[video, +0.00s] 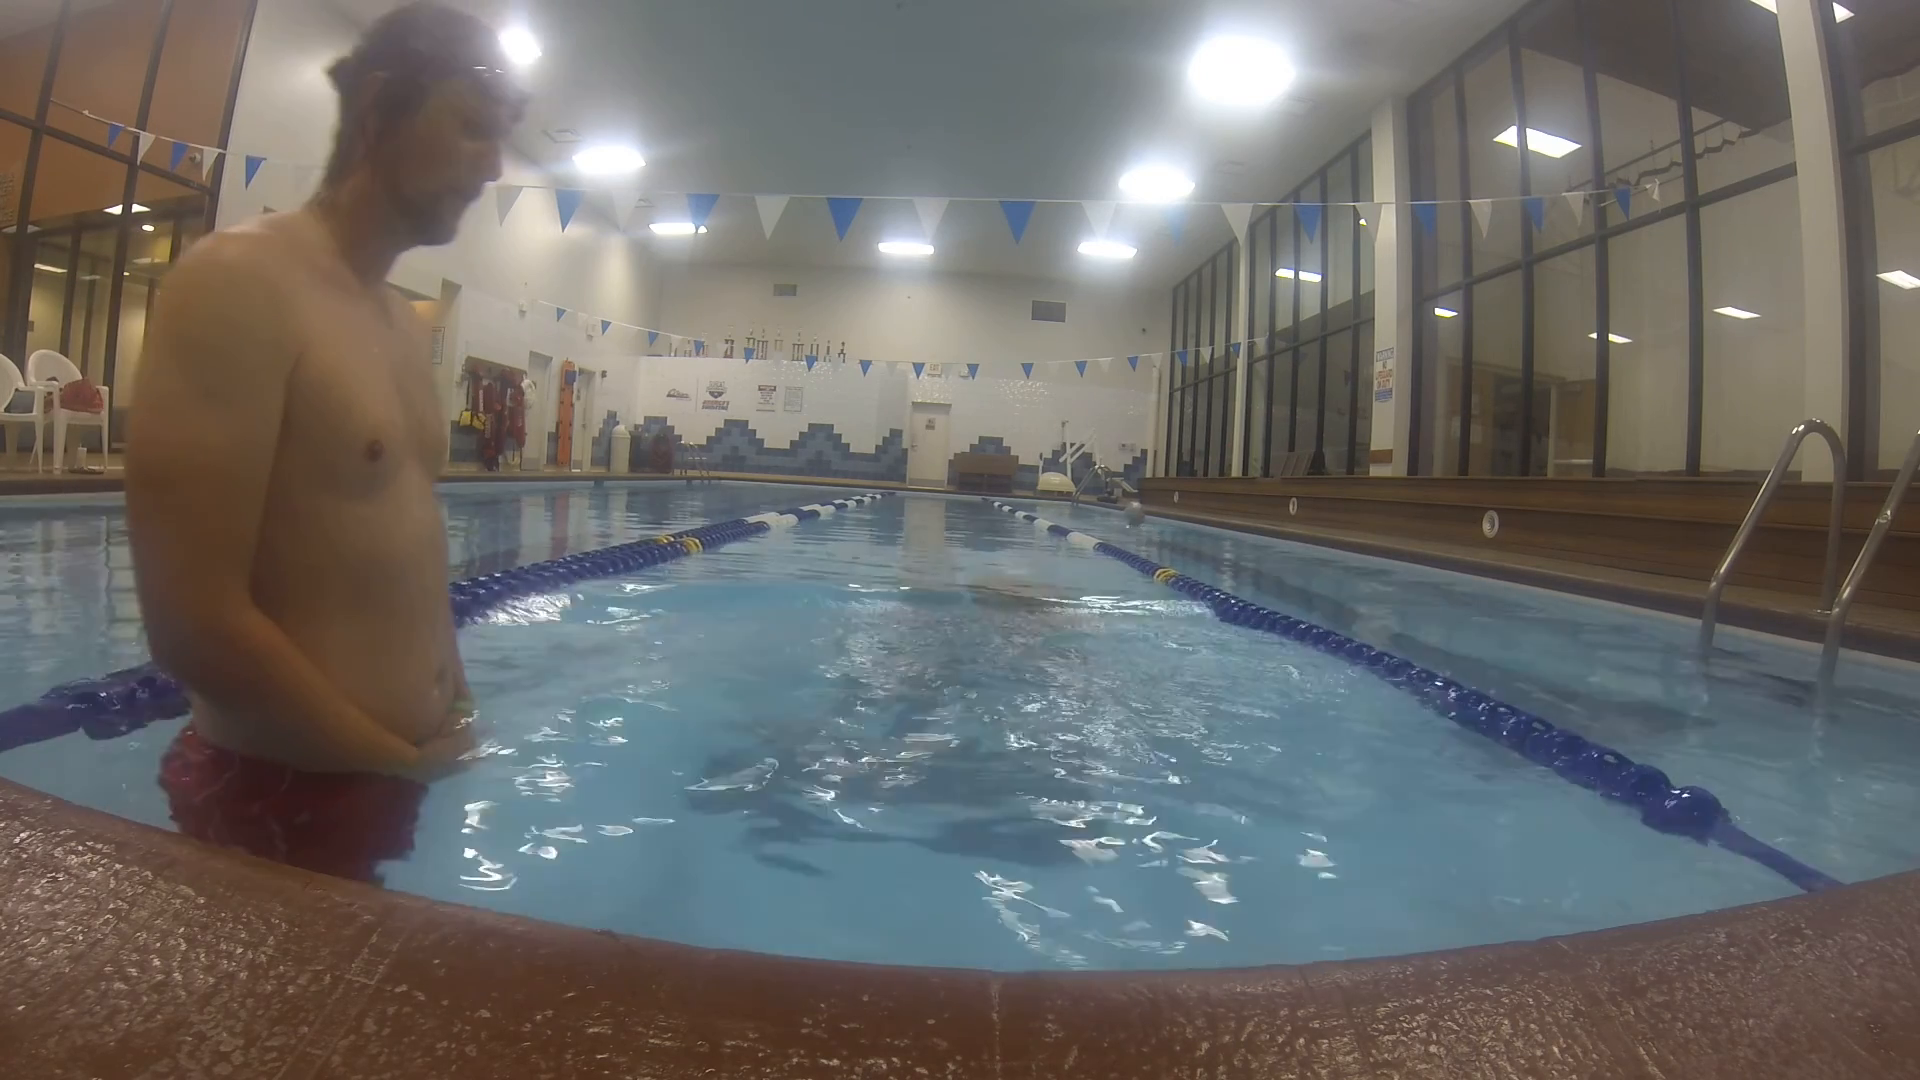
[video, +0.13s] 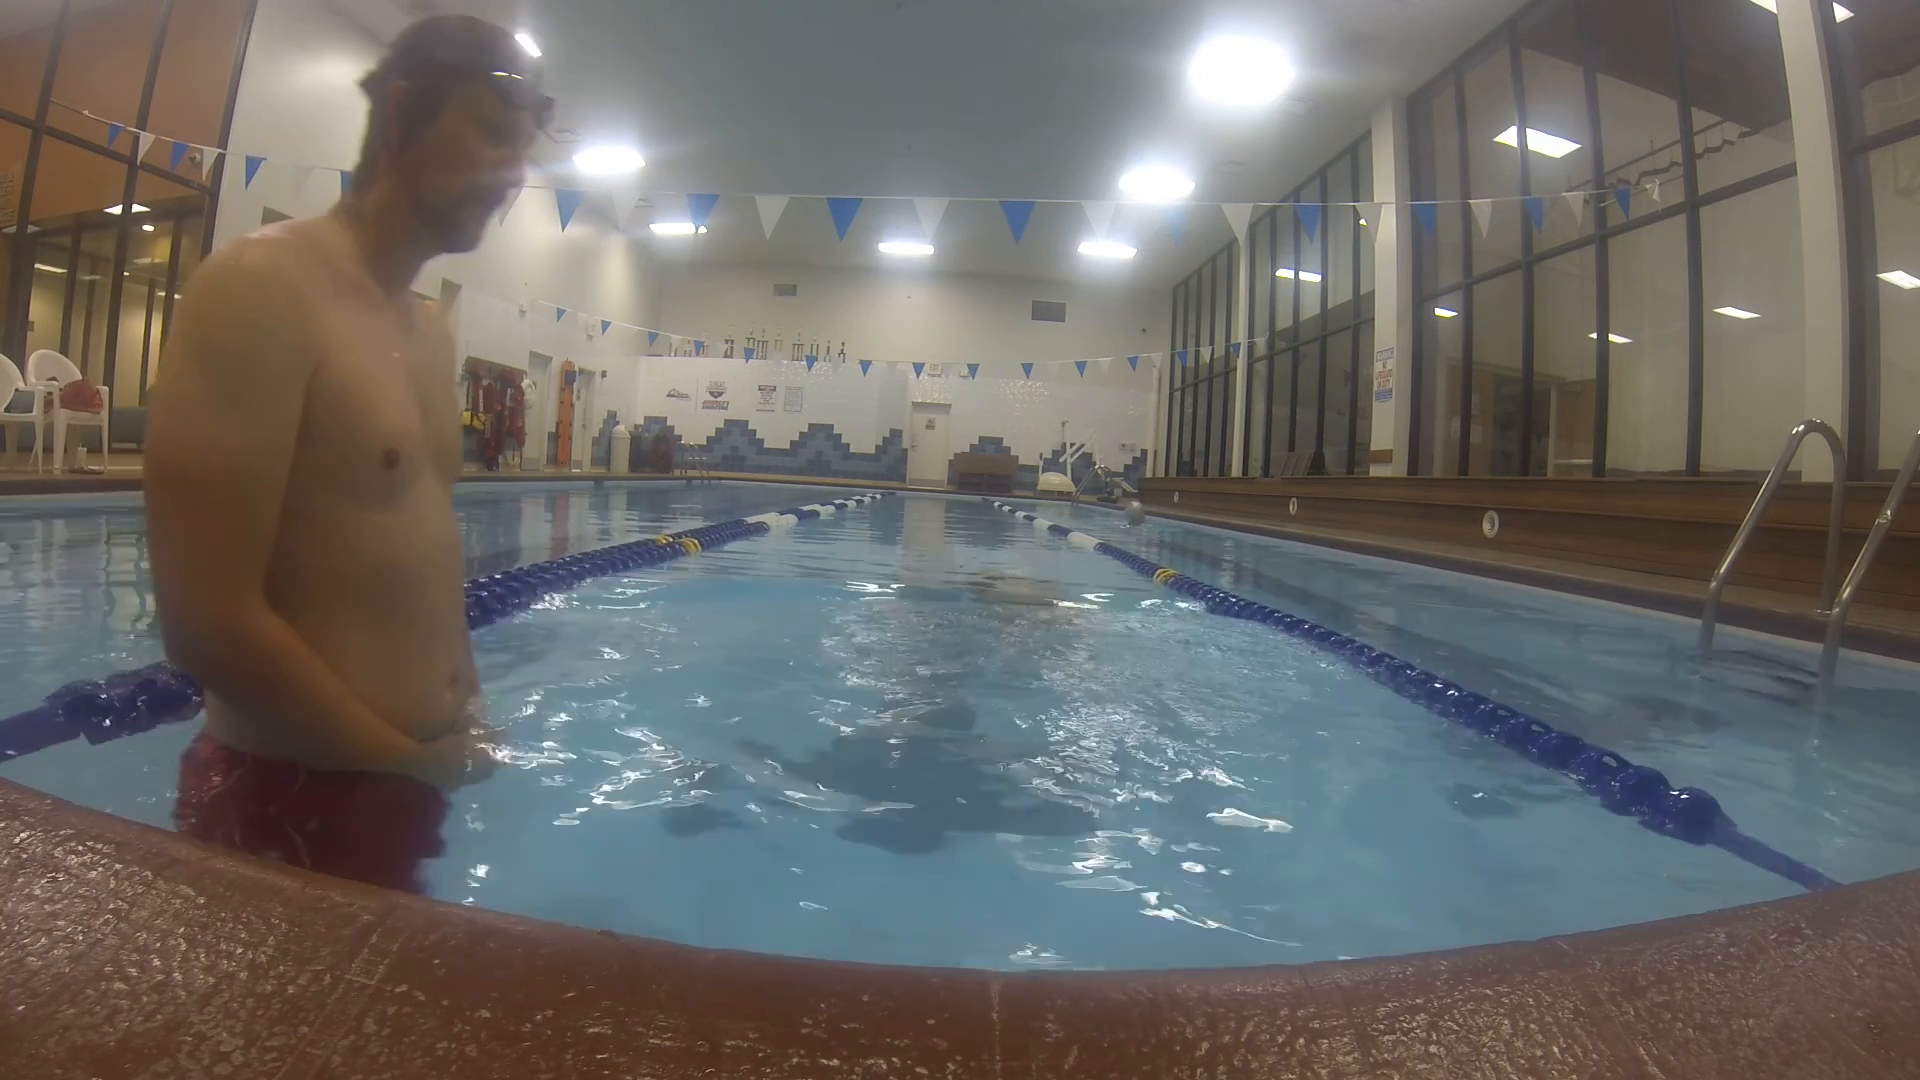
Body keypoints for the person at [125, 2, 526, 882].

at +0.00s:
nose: (494, 167)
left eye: (500, 142)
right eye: (474, 130)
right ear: (377, 115)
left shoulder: (403, 320)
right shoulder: (235, 282)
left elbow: (400, 554)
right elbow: (192, 622)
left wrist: (450, 707)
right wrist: (400, 764)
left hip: (373, 784)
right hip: (274, 799)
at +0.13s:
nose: (518, 172)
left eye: (527, 150)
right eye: (497, 134)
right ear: (400, 113)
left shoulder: (430, 325)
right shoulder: (258, 287)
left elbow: (408, 565)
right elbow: (208, 623)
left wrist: (460, 717)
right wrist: (410, 766)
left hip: (391, 794)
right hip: (284, 802)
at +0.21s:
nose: (528, 178)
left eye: (539, 156)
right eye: (508, 139)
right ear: (415, 120)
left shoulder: (437, 331)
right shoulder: (269, 291)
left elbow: (416, 562)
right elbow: (217, 623)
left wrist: (468, 703)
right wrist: (419, 763)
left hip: (402, 794)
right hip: (300, 802)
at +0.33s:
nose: (544, 181)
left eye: (557, 159)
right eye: (526, 140)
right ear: (432, 116)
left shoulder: (450, 328)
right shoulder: (288, 290)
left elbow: (431, 563)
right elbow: (238, 621)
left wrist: (486, 714)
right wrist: (440, 766)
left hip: (409, 799)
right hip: (323, 802)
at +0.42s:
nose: (559, 179)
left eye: (568, 155)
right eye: (540, 139)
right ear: (445, 118)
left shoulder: (461, 330)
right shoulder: (304, 287)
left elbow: (437, 569)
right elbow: (256, 619)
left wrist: (502, 721)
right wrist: (462, 773)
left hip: (421, 797)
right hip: (344, 800)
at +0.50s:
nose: (575, 178)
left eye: (584, 149)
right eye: (558, 134)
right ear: (464, 115)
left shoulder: (471, 331)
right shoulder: (320, 286)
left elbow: (452, 573)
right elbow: (271, 621)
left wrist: (516, 727)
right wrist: (475, 772)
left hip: (431, 801)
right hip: (354, 805)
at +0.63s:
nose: (614, 179)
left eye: (618, 149)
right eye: (596, 136)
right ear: (510, 123)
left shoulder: (491, 339)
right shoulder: (348, 292)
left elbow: (470, 587)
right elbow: (298, 633)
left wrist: (538, 745)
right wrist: (509, 794)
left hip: (450, 823)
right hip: (373, 829)